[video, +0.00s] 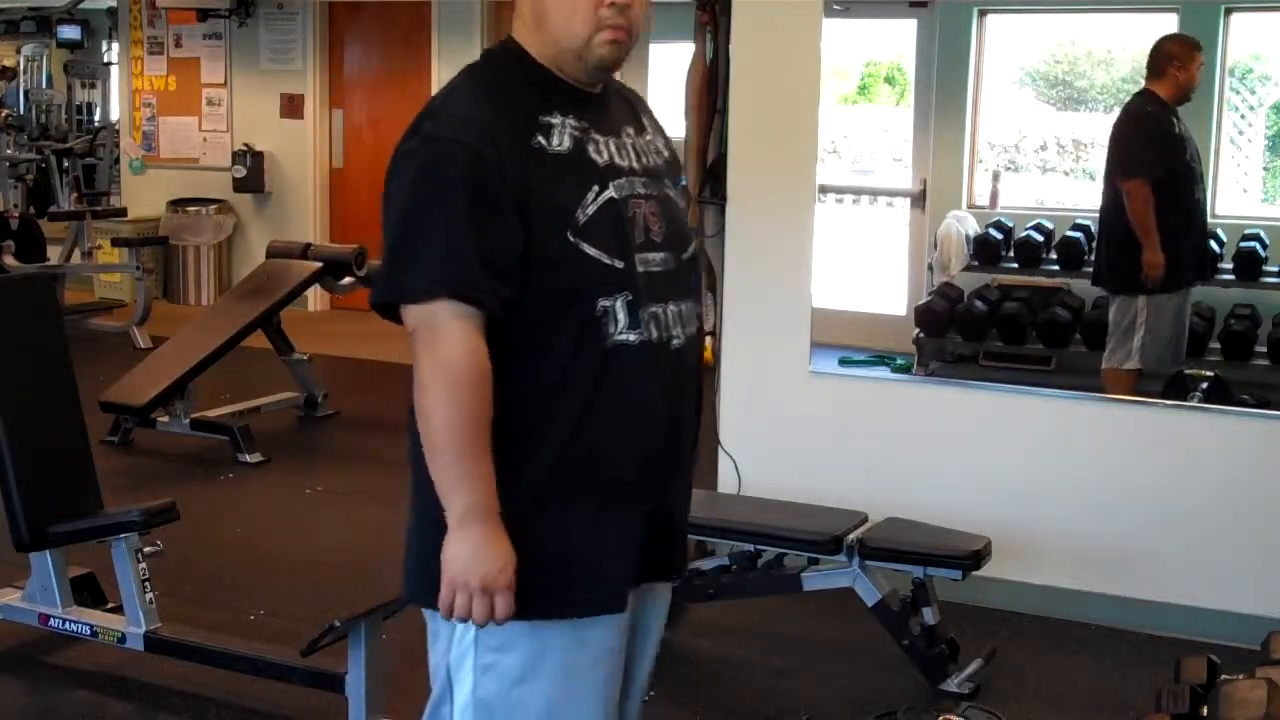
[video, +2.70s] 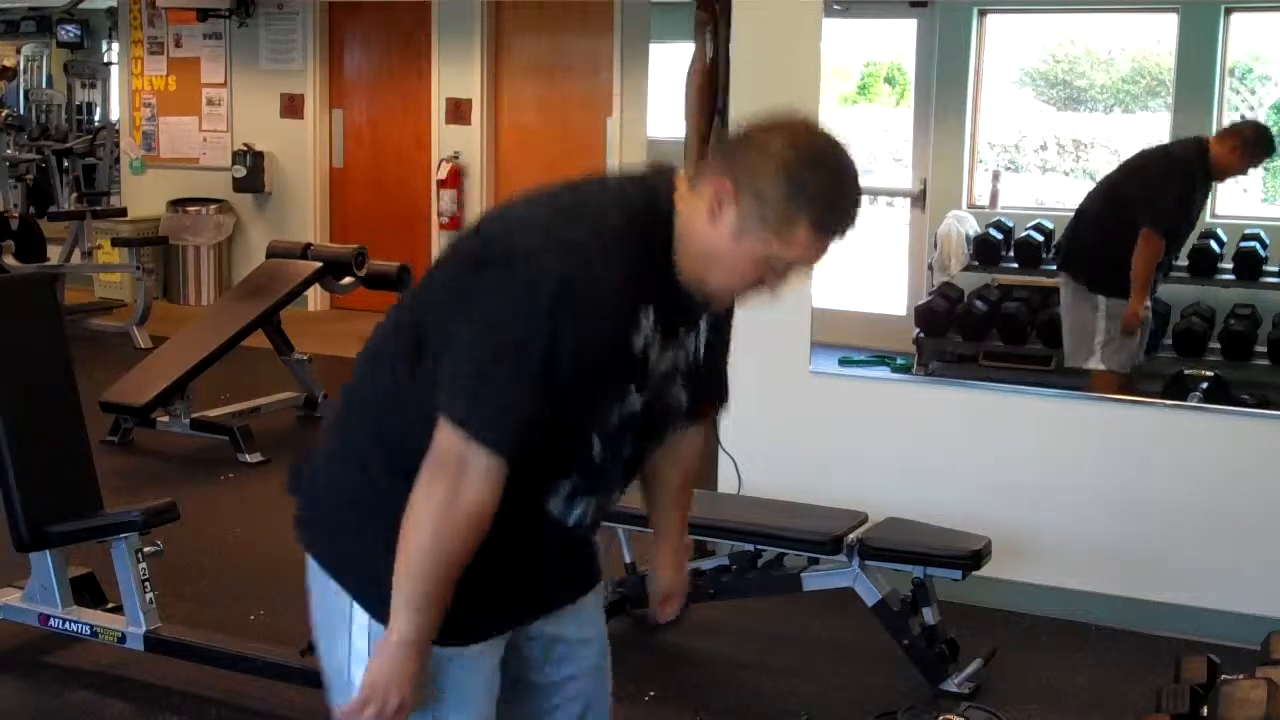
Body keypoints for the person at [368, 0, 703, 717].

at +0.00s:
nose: (624, 3)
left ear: (648, 7)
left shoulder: (634, 116)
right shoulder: (465, 129)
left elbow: (655, 311)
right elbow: (442, 328)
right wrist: (471, 520)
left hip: (638, 534)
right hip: (527, 552)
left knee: (604, 707)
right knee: (522, 709)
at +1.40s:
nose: (709, 96)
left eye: (726, 74)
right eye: (701, 66)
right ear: (633, 18)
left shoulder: (673, 142)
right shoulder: (508, 141)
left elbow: (658, 331)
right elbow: (451, 333)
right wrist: (446, 518)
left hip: (644, 551)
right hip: (522, 569)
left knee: (636, 707)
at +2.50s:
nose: (747, 171)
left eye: (763, 155)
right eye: (745, 147)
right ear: (687, 90)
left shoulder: (693, 184)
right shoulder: (525, 172)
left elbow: (683, 344)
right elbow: (447, 367)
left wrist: (678, 479)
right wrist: (406, 548)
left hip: (576, 565)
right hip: (457, 576)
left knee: (556, 709)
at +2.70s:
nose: (772, 288)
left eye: (790, 274)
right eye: (771, 263)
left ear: (719, 203)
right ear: (718, 201)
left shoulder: (702, 271)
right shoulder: (550, 257)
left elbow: (683, 419)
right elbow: (460, 464)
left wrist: (669, 546)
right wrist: (404, 641)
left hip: (548, 545)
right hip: (412, 561)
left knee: (577, 708)